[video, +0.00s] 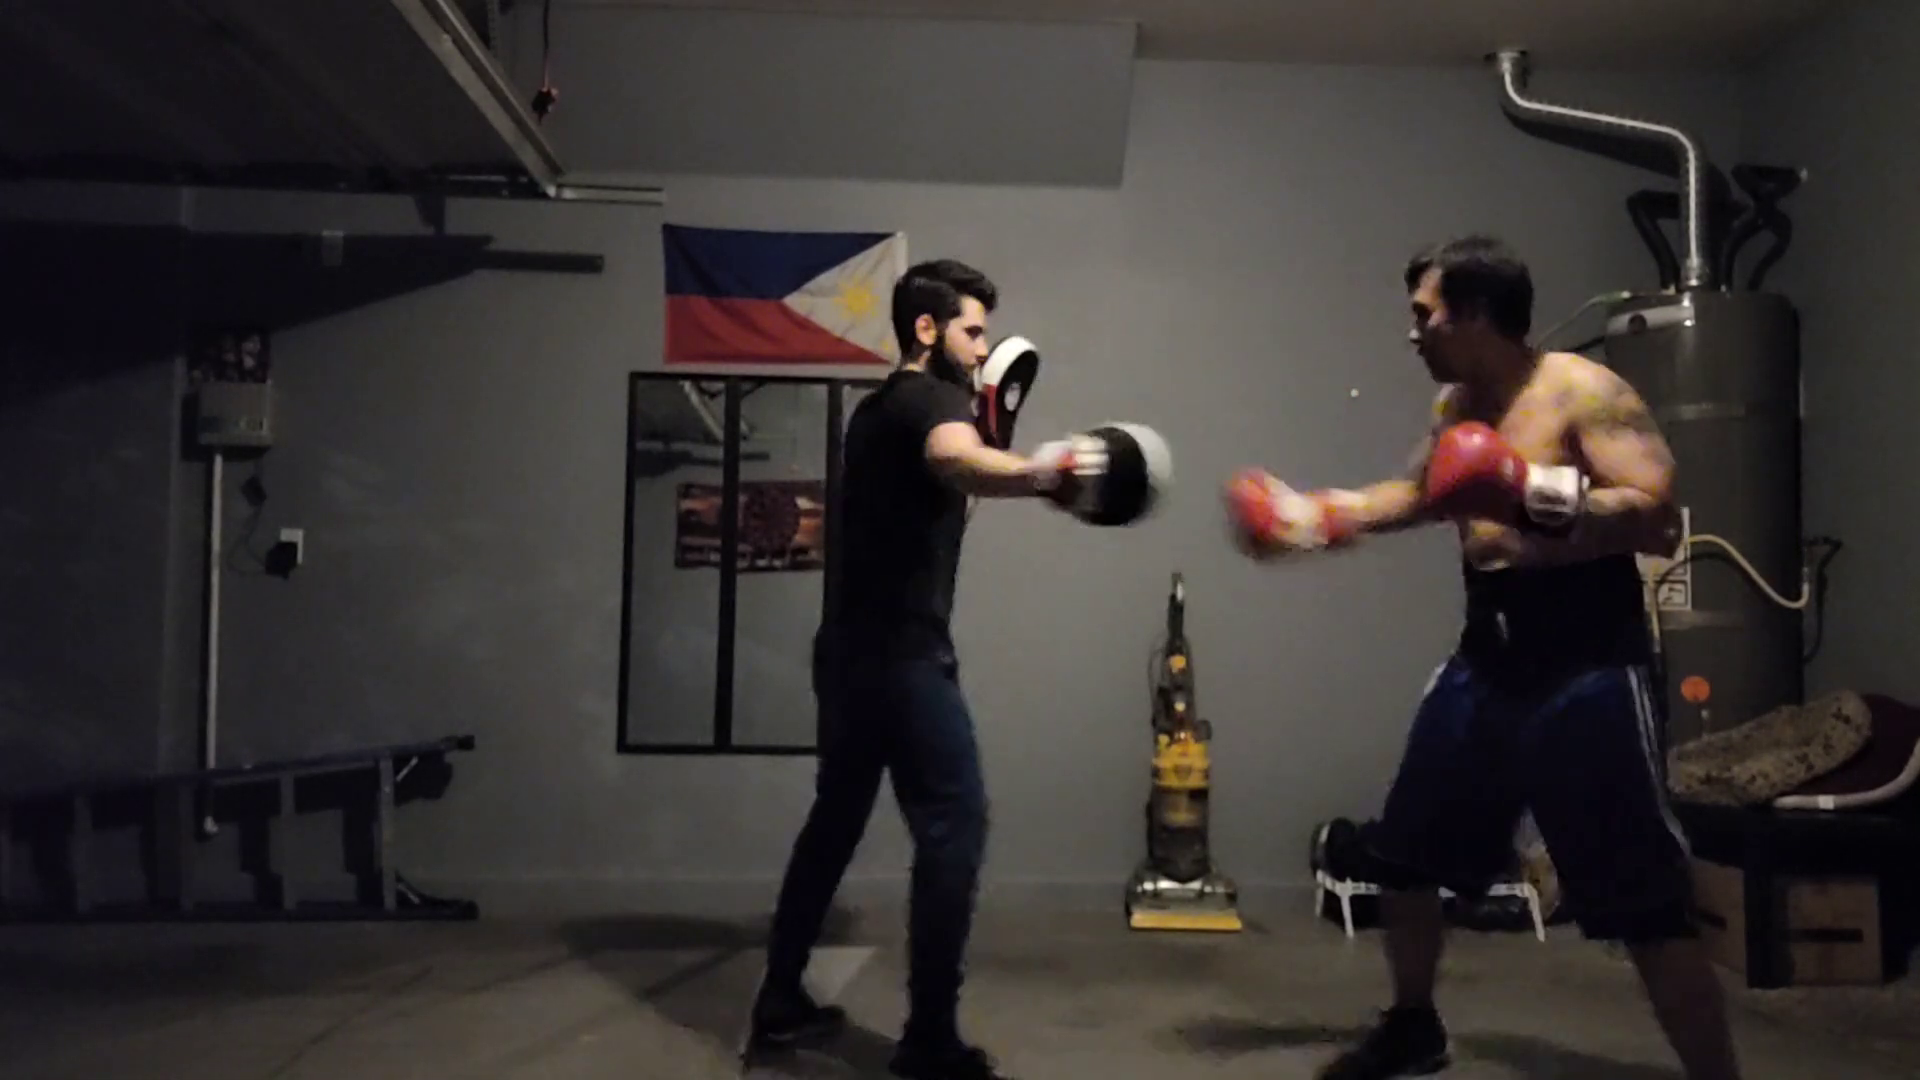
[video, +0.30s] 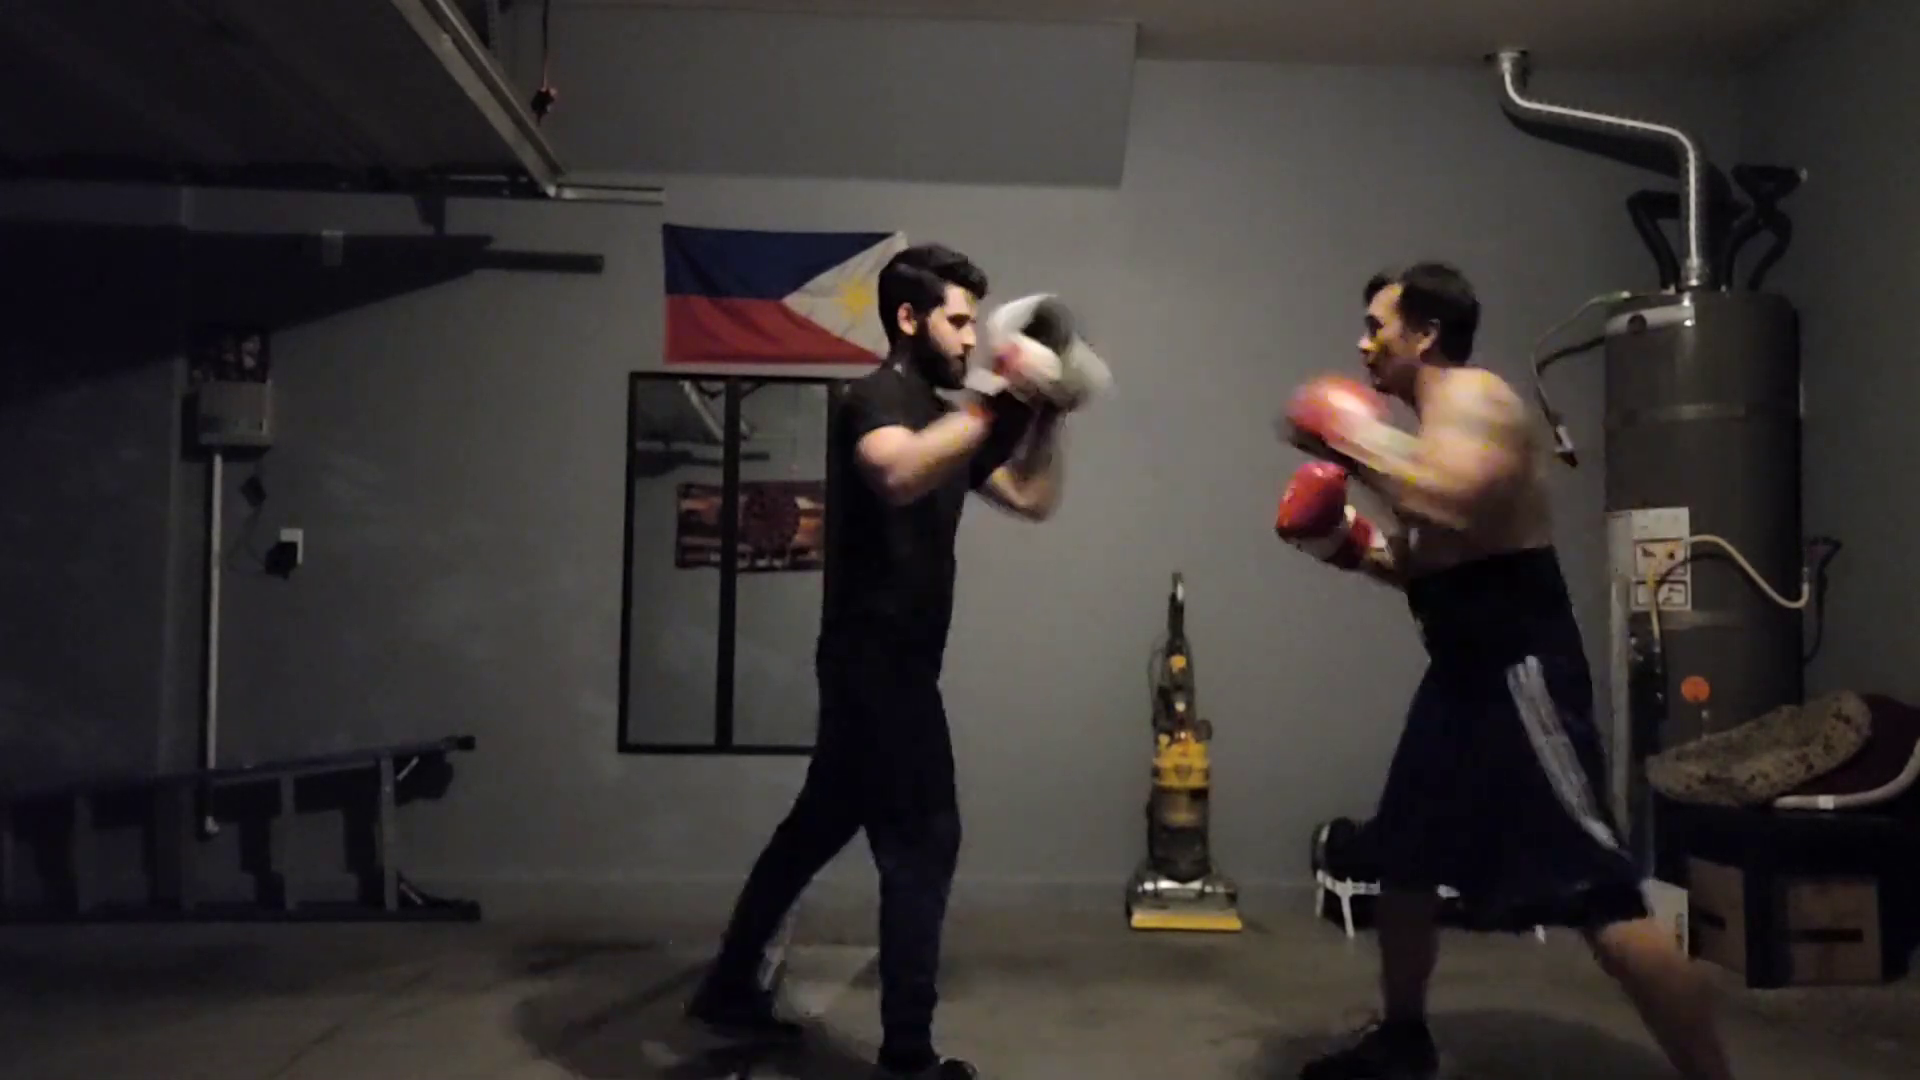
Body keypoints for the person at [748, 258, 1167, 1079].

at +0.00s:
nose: (982, 351)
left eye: (984, 337)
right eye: (973, 334)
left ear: (915, 338)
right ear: (927, 329)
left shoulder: (879, 407)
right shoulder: (929, 394)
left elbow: (926, 479)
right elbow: (956, 458)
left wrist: (979, 418)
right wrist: (1044, 473)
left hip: (851, 653)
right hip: (906, 658)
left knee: (833, 823)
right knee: (955, 827)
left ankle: (779, 997)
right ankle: (931, 1037)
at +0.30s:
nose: (972, 338)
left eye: (975, 323)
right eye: (959, 321)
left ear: (946, 327)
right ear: (909, 319)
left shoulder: (945, 414)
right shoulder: (873, 397)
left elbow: (1029, 498)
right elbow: (897, 471)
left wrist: (1046, 410)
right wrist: (991, 403)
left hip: (896, 660)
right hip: (874, 660)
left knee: (818, 824)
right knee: (923, 845)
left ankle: (730, 987)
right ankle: (908, 1052)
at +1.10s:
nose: (889, 329)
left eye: (890, 315)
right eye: (879, 312)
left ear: (833, 312)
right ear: (833, 309)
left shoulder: (818, 392)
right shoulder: (825, 374)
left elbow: (928, 472)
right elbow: (952, 372)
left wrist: (936, 368)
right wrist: (995, 290)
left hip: (783, 646)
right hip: (829, 651)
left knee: (777, 822)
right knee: (879, 837)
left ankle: (717, 1022)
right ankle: (840, 1045)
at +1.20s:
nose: (890, 320)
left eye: (889, 307)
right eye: (880, 304)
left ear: (824, 310)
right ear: (836, 308)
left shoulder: (787, 395)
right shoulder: (832, 377)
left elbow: (899, 486)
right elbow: (955, 363)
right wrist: (956, 266)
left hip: (776, 647)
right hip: (833, 651)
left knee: (782, 830)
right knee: (882, 837)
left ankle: (720, 1019)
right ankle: (827, 1049)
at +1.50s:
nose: (873, 304)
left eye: (873, 289)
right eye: (867, 287)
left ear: (796, 283)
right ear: (822, 279)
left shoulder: (740, 374)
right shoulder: (824, 357)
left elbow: (936, 418)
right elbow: (962, 413)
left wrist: (1018, 363)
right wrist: (1016, 330)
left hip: (735, 646)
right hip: (820, 651)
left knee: (721, 835)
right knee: (829, 859)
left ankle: (643, 1035)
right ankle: (811, 1059)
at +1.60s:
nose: (857, 299)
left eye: (859, 283)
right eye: (851, 281)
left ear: (780, 276)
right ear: (804, 274)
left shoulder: (729, 365)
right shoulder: (800, 359)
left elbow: (886, 440)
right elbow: (916, 436)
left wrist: (971, 379)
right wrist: (964, 346)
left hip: (718, 645)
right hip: (800, 652)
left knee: (683, 841)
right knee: (823, 859)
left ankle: (574, 1045)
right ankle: (812, 1063)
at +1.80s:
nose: (808, 324)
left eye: (810, 307)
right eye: (800, 303)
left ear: (736, 296)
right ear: (752, 292)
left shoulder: (678, 377)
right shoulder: (723, 371)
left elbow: (730, 533)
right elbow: (825, 458)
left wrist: (794, 514)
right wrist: (846, 352)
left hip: (657, 675)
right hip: (733, 679)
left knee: (599, 877)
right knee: (820, 860)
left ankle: (533, 1063)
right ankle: (813, 1065)